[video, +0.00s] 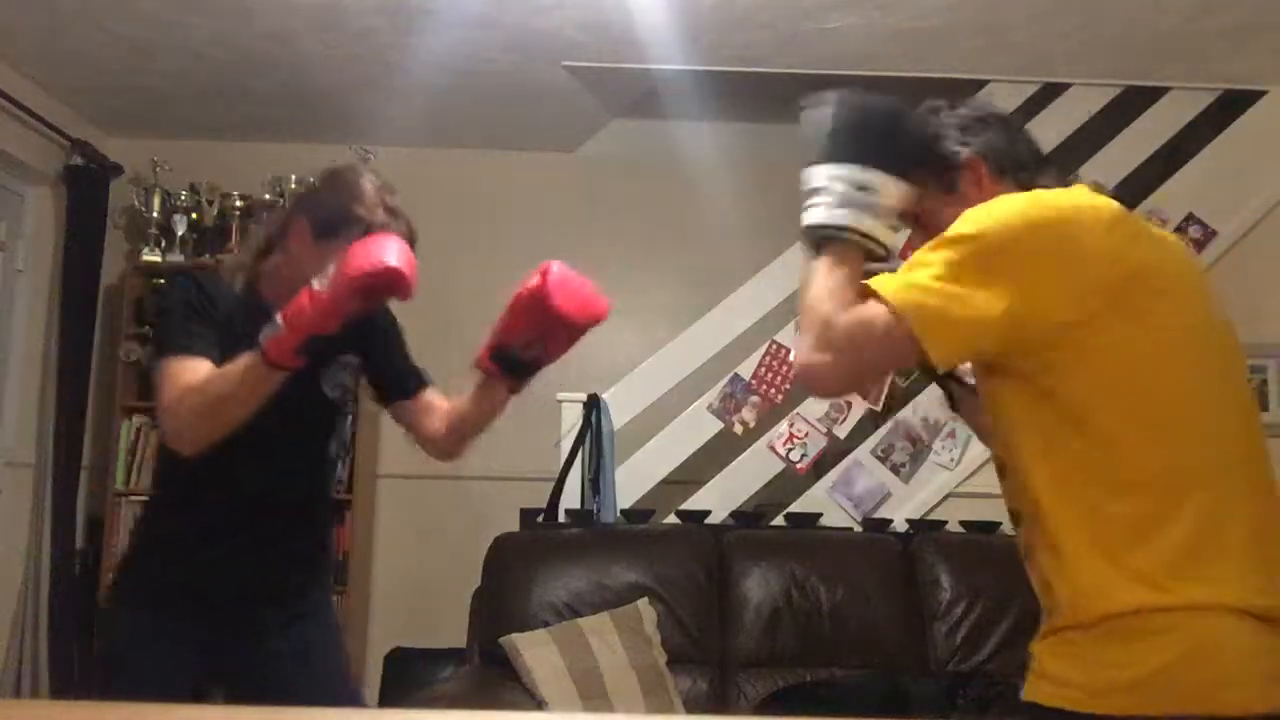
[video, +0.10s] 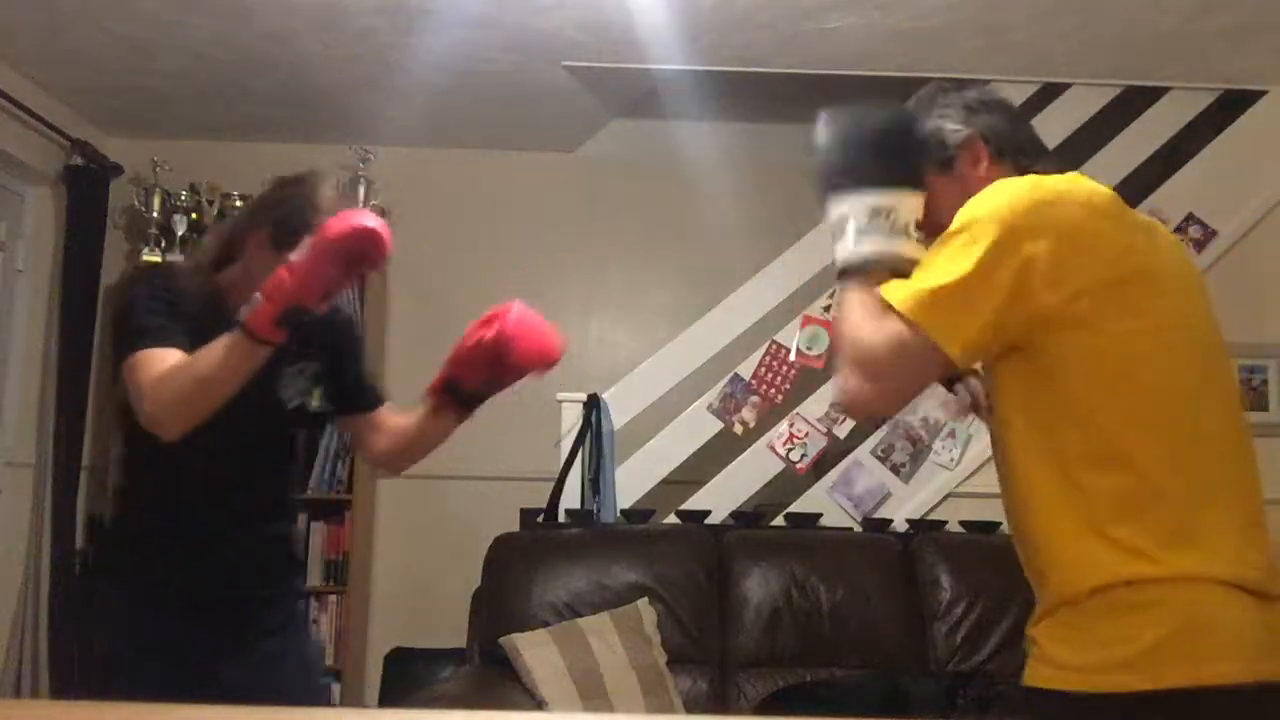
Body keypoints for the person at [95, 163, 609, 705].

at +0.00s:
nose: (350, 281)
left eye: (365, 270)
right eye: (345, 262)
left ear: (370, 267)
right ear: (298, 233)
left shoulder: (360, 320)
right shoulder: (200, 297)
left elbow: (443, 435)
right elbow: (184, 427)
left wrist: (512, 361)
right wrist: (295, 332)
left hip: (290, 604)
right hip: (169, 593)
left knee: (334, 718)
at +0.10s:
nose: (297, 285)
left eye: (312, 275)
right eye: (289, 261)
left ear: (330, 272)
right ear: (257, 240)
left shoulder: (326, 331)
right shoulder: (161, 295)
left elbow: (389, 448)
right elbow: (164, 411)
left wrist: (462, 391)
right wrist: (280, 303)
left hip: (263, 603)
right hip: (149, 599)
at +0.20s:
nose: (294, 310)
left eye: (307, 296)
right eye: (281, 286)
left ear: (311, 287)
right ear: (234, 259)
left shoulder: (290, 348)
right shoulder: (132, 309)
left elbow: (346, 462)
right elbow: (145, 413)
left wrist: (413, 418)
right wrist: (256, 310)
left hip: (249, 629)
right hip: (127, 628)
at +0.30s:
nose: (276, 287)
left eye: (291, 274)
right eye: (270, 262)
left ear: (307, 270)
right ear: (237, 236)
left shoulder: (298, 330)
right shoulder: (134, 296)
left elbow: (363, 440)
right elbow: (128, 410)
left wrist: (426, 393)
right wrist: (252, 311)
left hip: (256, 600)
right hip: (134, 600)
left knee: (318, 712)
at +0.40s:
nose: (319, 278)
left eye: (334, 267)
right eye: (314, 259)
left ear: (341, 264)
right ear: (263, 231)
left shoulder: (330, 320)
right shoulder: (156, 291)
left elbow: (433, 408)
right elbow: (121, 416)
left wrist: (504, 353)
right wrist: (253, 333)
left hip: (277, 612)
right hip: (149, 604)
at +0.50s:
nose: (337, 305)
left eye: (351, 290)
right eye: (330, 281)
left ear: (352, 281)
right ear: (279, 256)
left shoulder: (340, 331)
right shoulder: (175, 318)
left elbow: (483, 389)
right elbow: (142, 446)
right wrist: (268, 355)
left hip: (293, 628)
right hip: (169, 625)